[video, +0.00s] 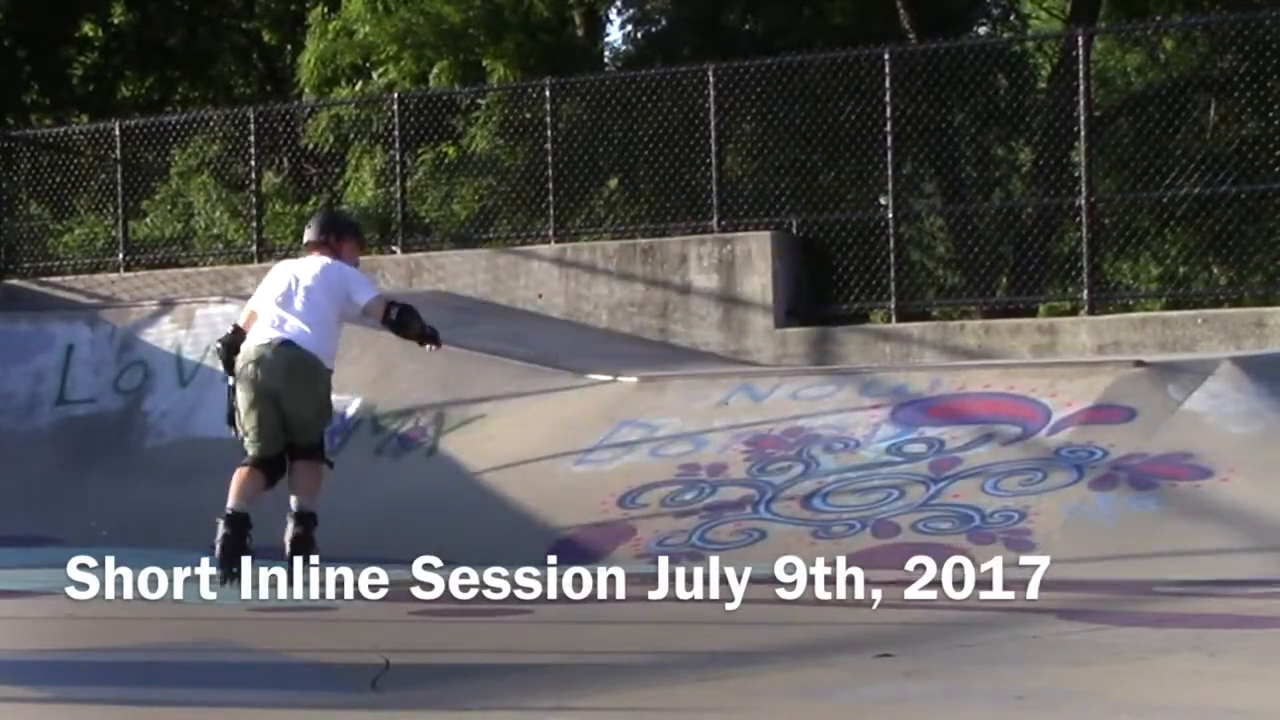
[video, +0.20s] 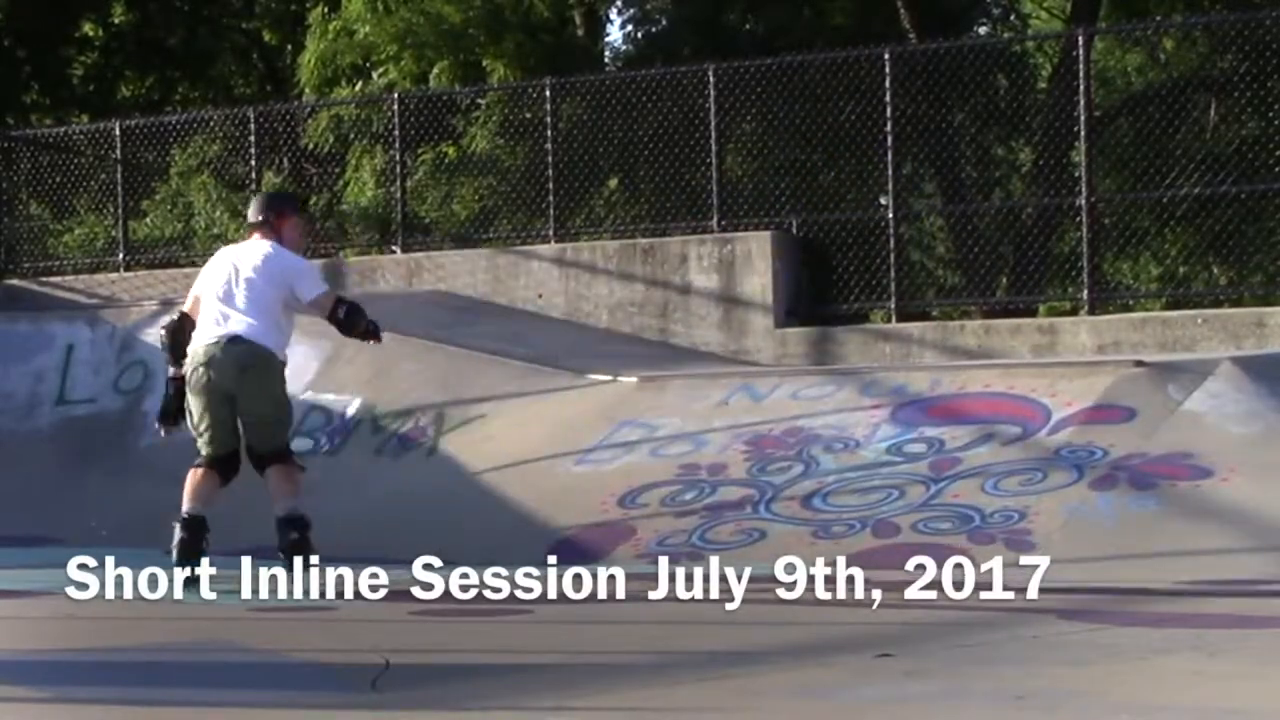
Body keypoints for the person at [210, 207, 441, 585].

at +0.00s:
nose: (358, 257)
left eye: (359, 250)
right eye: (355, 248)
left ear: (310, 244)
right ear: (336, 244)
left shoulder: (278, 272)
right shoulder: (341, 273)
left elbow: (231, 342)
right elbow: (395, 316)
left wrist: (236, 393)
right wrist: (425, 335)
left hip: (250, 360)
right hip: (301, 362)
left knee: (261, 458)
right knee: (307, 455)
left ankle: (230, 532)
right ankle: (300, 536)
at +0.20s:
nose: (302, 234)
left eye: (302, 225)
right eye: (298, 225)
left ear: (253, 226)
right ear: (278, 224)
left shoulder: (218, 259)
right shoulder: (287, 261)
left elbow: (180, 328)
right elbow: (342, 314)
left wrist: (175, 386)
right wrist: (370, 331)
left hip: (202, 359)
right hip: (256, 356)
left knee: (216, 457)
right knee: (275, 455)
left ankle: (187, 544)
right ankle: (294, 542)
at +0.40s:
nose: (254, 222)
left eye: (255, 214)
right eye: (249, 213)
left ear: (205, 215)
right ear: (226, 212)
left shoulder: (165, 252)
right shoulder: (240, 255)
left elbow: (126, 321)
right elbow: (273, 326)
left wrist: (115, 385)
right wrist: (281, 355)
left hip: (147, 361)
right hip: (203, 357)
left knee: (168, 467)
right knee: (253, 450)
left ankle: (127, 544)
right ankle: (254, 547)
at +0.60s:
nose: (210, 218)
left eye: (210, 210)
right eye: (207, 209)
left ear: (155, 208)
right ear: (191, 207)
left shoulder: (120, 246)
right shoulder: (207, 254)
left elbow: (80, 325)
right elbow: (228, 340)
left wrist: (70, 388)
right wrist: (200, 377)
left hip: (115, 358)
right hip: (175, 363)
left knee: (107, 475)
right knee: (196, 454)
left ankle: (60, 549)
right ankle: (178, 559)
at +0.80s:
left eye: (111, 203)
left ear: (116, 202)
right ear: (167, 204)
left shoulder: (95, 241)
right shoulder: (192, 252)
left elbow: (53, 317)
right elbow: (208, 346)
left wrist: (30, 376)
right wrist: (177, 376)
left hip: (109, 356)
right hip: (173, 363)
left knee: (77, 471)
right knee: (145, 465)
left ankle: (44, 556)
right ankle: (113, 562)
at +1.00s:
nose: (95, 203)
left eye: (100, 191)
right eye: (94, 193)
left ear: (130, 187)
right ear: (147, 191)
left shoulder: (114, 229)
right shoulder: (187, 239)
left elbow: (83, 305)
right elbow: (180, 306)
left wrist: (41, 361)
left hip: (150, 361)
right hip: (207, 363)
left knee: (108, 476)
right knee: (138, 471)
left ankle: (114, 590)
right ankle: (109, 579)